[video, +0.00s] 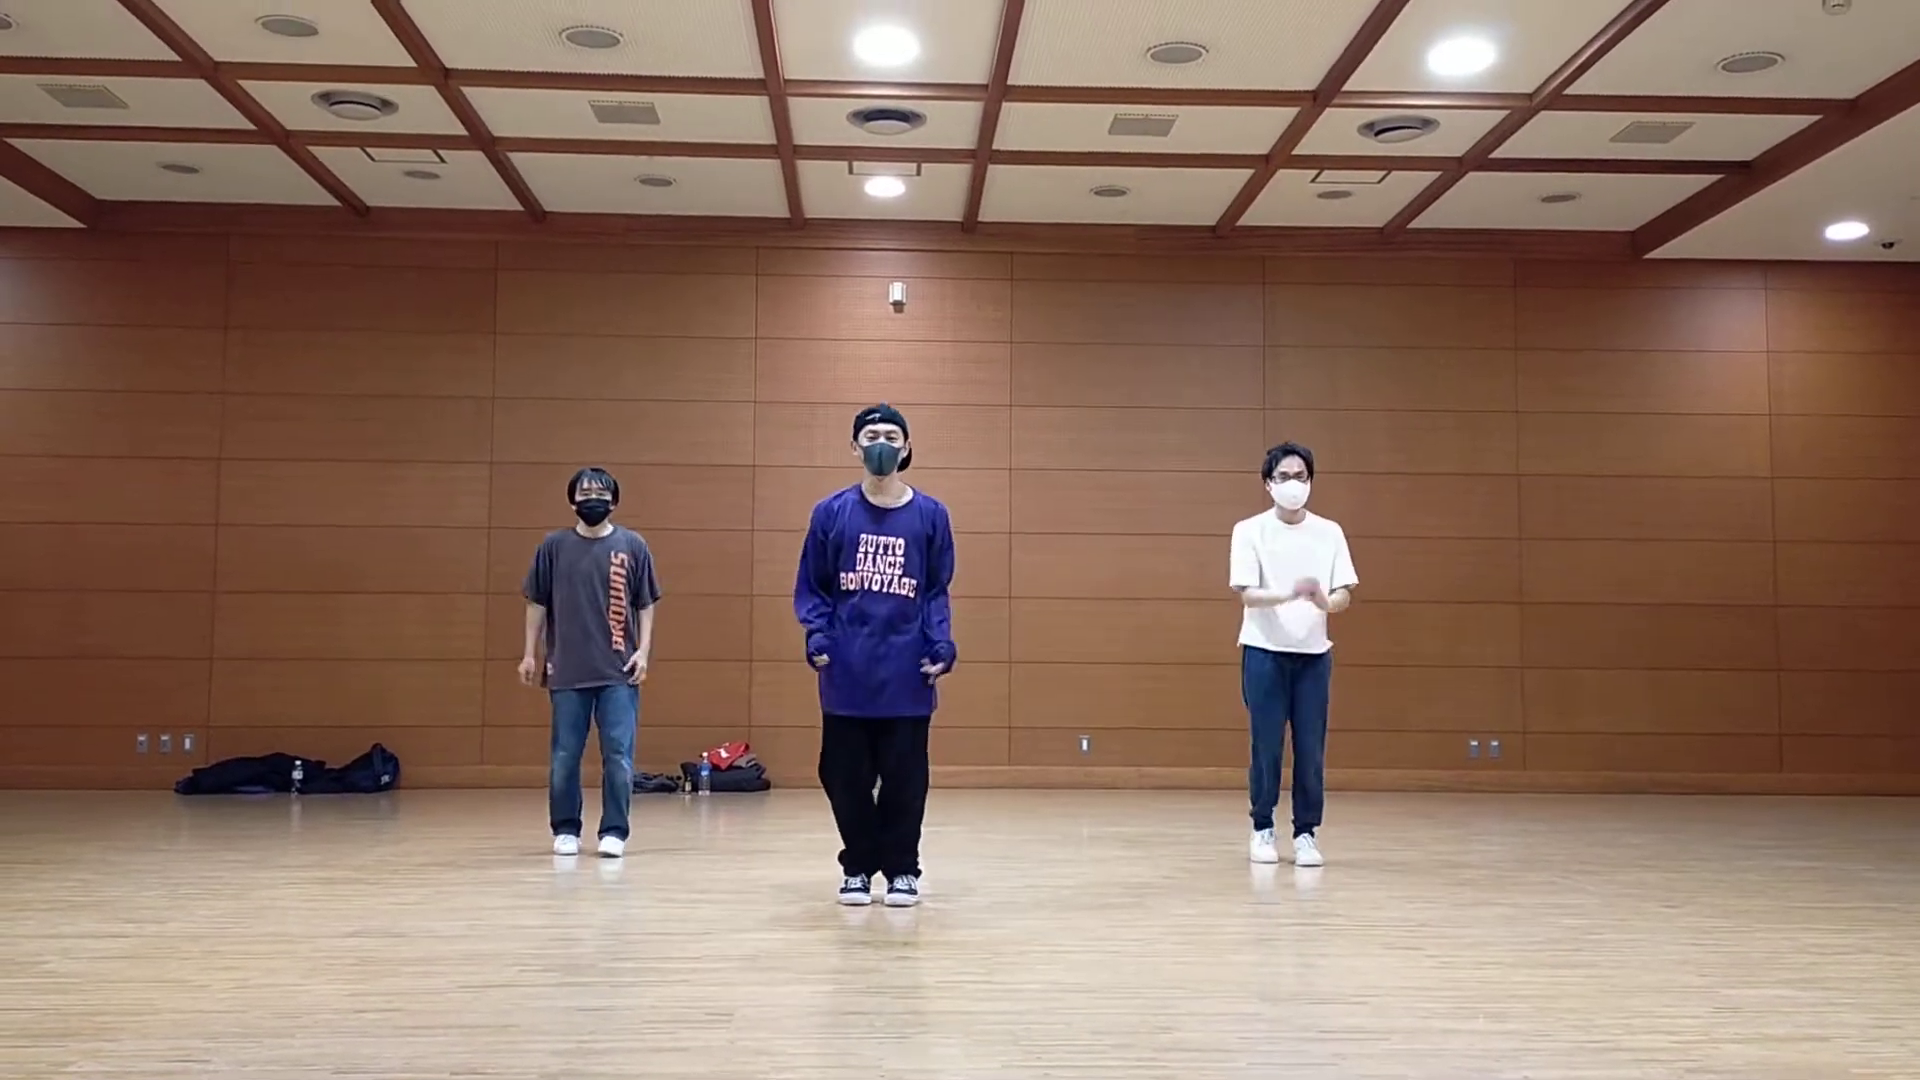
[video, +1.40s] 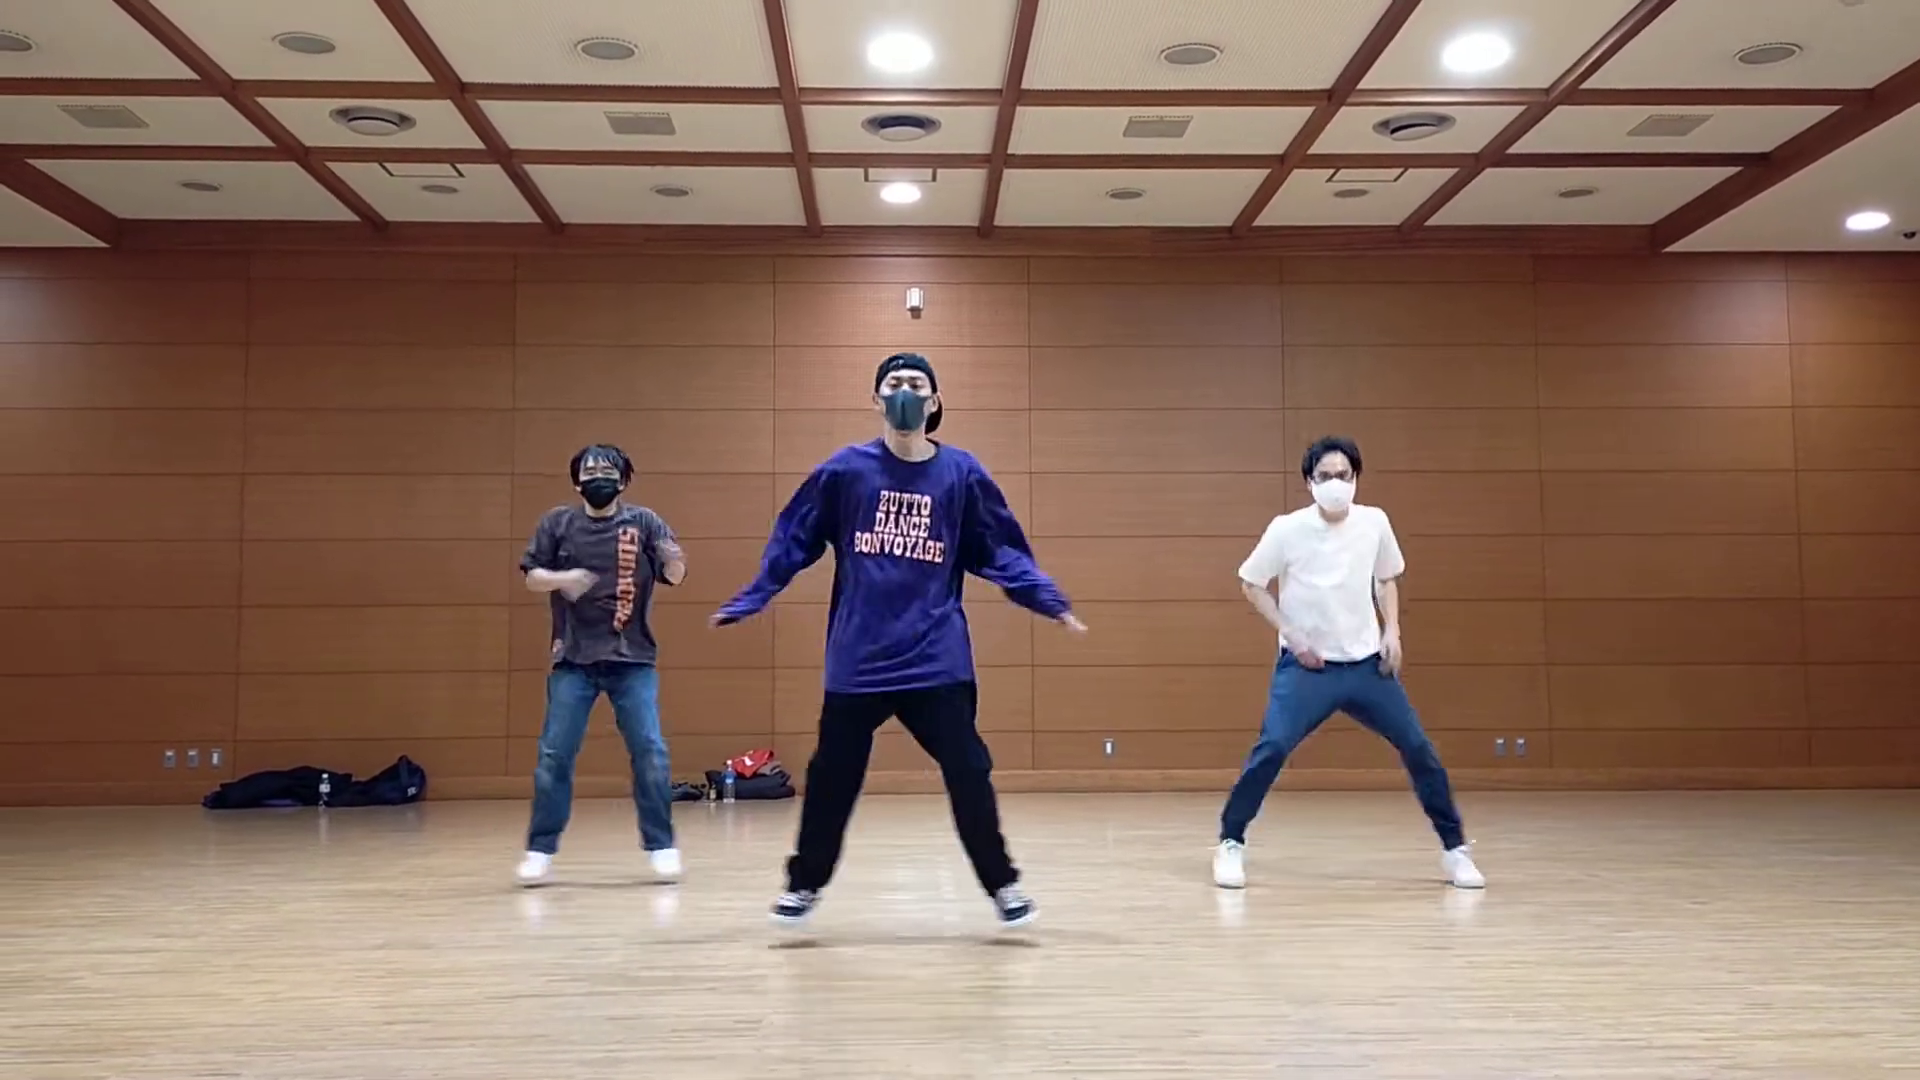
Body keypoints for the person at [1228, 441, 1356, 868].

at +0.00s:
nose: (1293, 484)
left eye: (1300, 477)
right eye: (1284, 478)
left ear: (1310, 483)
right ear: (1269, 483)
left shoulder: (1330, 532)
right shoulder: (1248, 531)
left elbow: (1344, 595)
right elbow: (1247, 595)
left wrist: (1326, 603)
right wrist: (1288, 595)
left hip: (1314, 655)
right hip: (1264, 653)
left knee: (1310, 749)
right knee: (1267, 747)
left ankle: (1306, 834)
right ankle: (1263, 830)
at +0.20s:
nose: (1295, 482)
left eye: (1301, 475)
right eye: (1286, 475)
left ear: (1311, 479)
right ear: (1269, 480)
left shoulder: (1327, 524)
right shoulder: (1249, 522)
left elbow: (1347, 580)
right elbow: (1236, 587)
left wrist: (1339, 624)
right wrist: (1241, 649)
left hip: (1314, 653)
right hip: (1265, 652)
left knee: (1314, 745)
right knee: (1266, 745)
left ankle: (1308, 831)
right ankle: (1265, 829)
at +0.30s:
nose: (1296, 476)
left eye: (1303, 469)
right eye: (1287, 469)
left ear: (1314, 472)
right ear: (1271, 471)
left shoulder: (1333, 514)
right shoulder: (1249, 511)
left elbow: (1347, 564)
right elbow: (1222, 567)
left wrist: (1335, 611)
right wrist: (1204, 621)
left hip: (1316, 635)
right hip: (1266, 632)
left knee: (1312, 729)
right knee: (1279, 720)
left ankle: (1298, 814)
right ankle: (1279, 812)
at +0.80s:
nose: (1320, 481)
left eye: (1327, 473)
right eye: (1310, 474)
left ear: (1338, 480)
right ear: (1292, 482)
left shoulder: (1354, 527)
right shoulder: (1268, 529)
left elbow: (1359, 590)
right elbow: (1246, 591)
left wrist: (1357, 641)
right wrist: (1245, 650)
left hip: (1333, 651)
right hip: (1284, 648)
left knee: (1341, 750)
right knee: (1299, 740)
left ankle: (1305, 787)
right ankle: (1308, 841)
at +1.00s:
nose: (1330, 476)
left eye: (1337, 469)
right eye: (1320, 469)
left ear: (1347, 475)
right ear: (1303, 476)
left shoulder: (1367, 525)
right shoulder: (1279, 529)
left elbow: (1377, 588)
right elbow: (1270, 598)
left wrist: (1370, 636)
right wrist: (1306, 639)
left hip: (1351, 655)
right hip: (1300, 655)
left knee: (1357, 746)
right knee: (1316, 742)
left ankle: (1345, 845)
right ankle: (1309, 845)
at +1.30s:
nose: (1332, 457)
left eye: (1340, 449)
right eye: (1322, 450)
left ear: (1353, 454)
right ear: (1307, 455)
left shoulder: (1372, 497)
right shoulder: (1283, 505)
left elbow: (1381, 560)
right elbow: (1258, 568)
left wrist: (1380, 611)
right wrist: (1303, 610)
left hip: (1362, 640)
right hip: (1306, 639)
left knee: (1400, 733)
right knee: (1281, 731)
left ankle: (1412, 837)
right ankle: (1265, 835)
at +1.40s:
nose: (1336, 484)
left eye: (1343, 476)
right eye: (1326, 476)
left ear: (1356, 480)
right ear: (1309, 482)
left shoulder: (1374, 523)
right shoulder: (1286, 531)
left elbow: (1386, 581)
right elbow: (1251, 584)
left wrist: (1392, 634)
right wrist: (1292, 638)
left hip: (1366, 668)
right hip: (1304, 670)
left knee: (1418, 748)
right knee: (1273, 748)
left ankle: (1454, 850)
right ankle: (1230, 843)